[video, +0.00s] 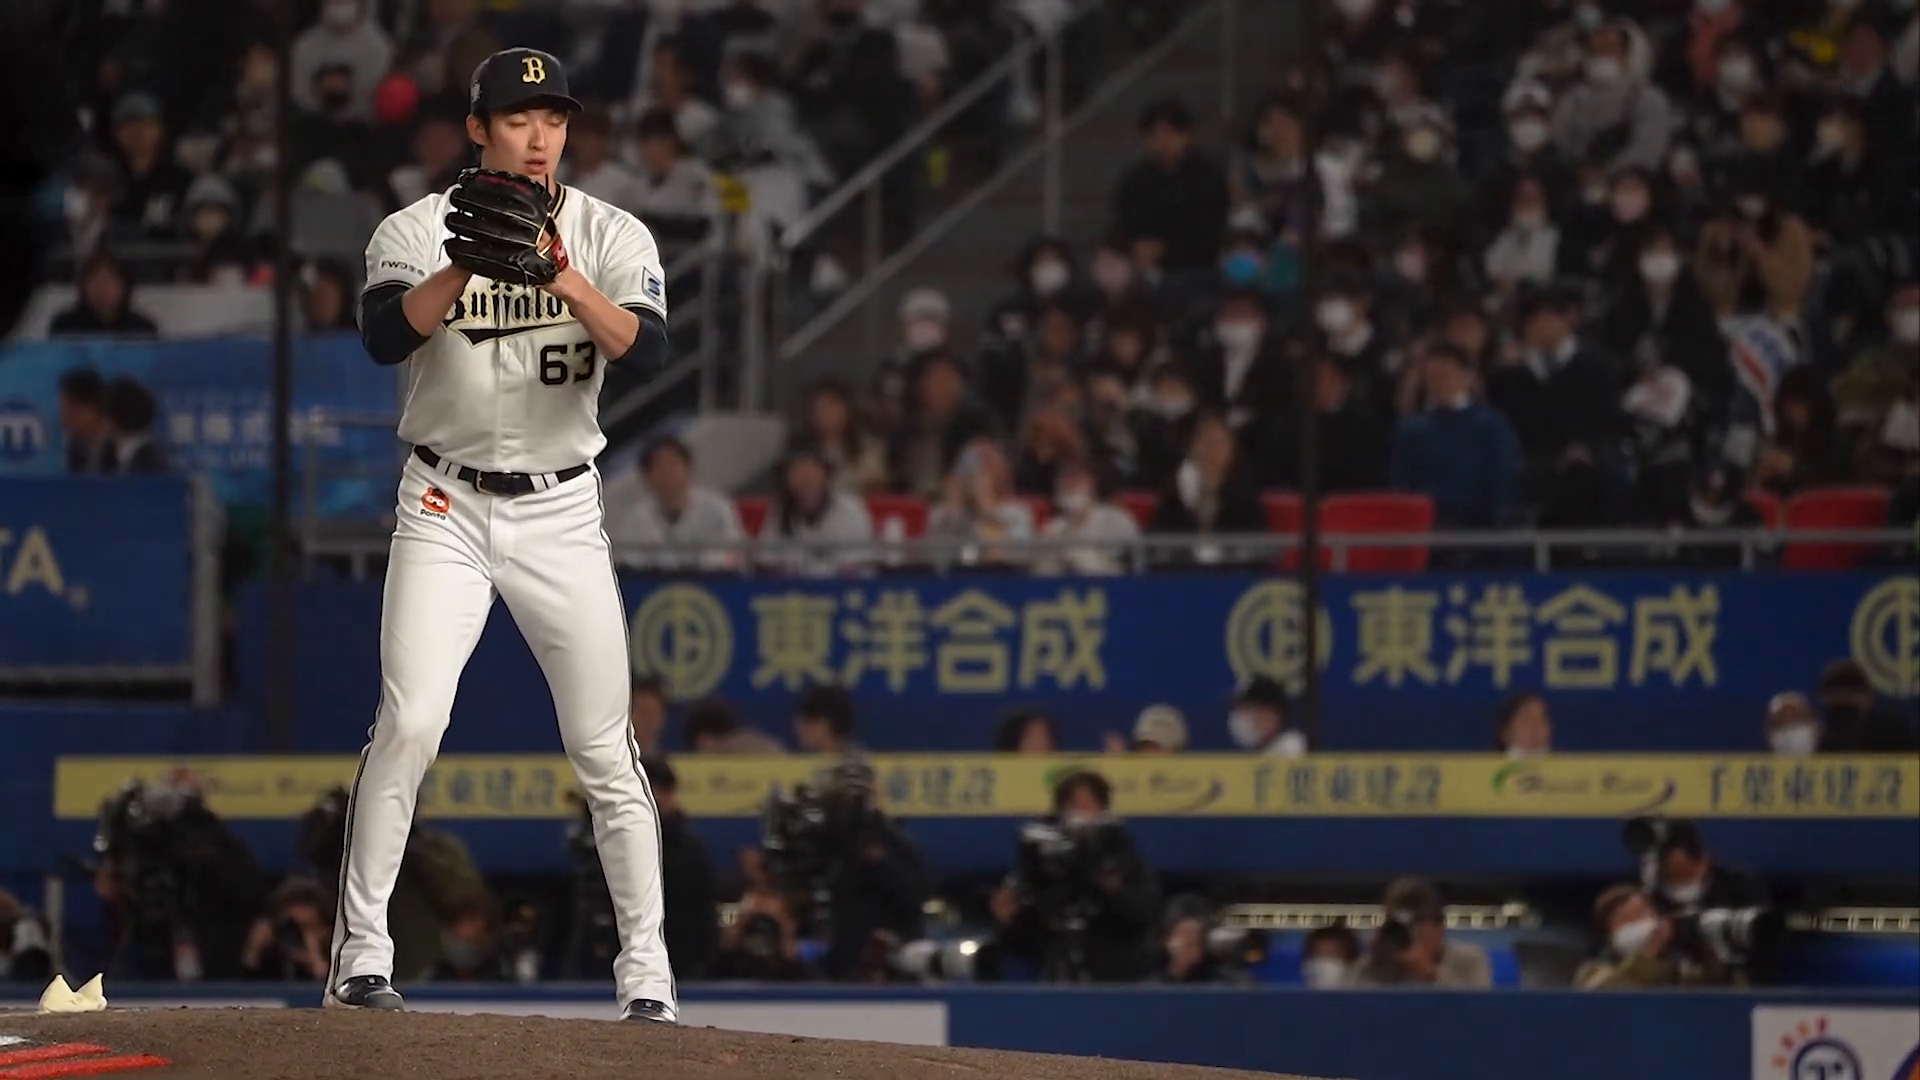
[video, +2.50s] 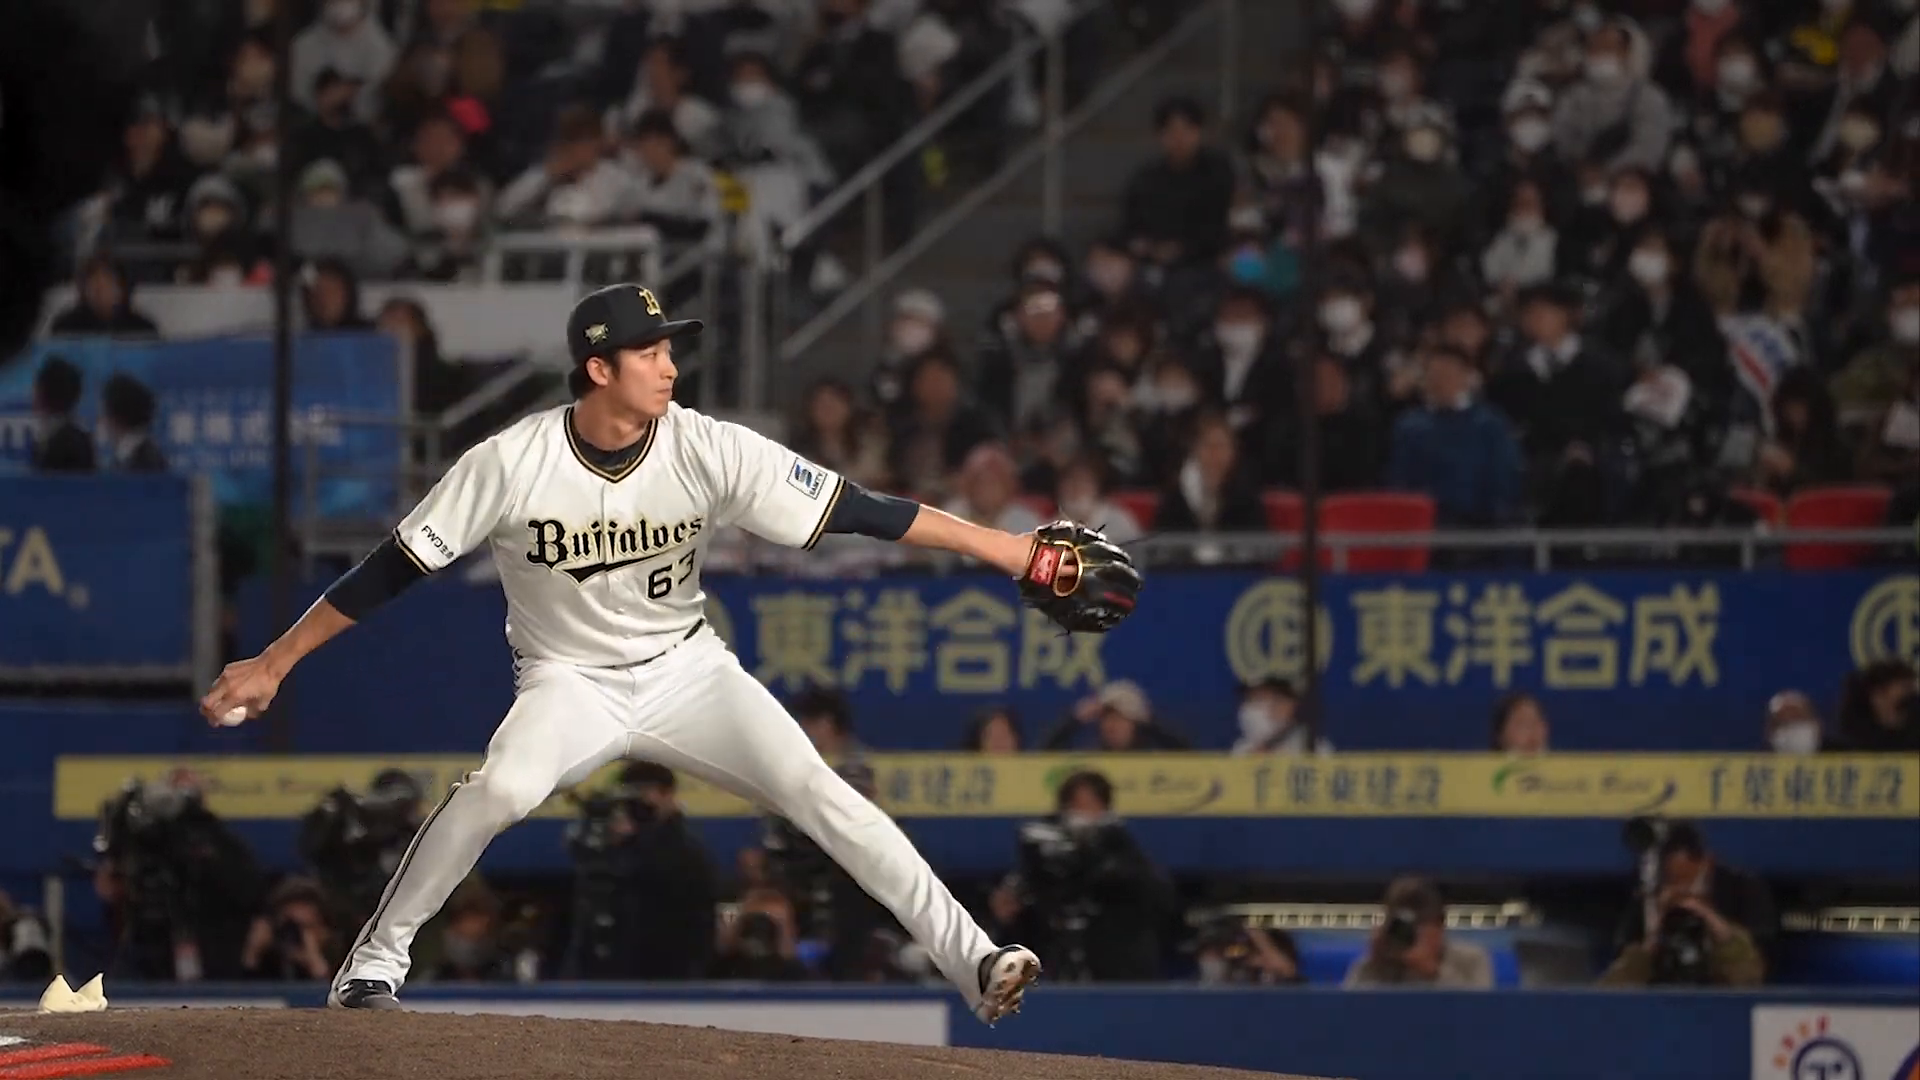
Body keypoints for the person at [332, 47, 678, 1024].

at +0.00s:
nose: (536, 137)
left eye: (549, 119)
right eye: (517, 119)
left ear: (569, 131)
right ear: (477, 129)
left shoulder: (613, 235)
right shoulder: (418, 228)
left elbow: (645, 351)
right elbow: (379, 340)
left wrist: (559, 271)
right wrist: (469, 261)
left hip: (561, 515)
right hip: (442, 507)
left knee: (603, 750)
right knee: (410, 724)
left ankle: (647, 977)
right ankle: (360, 959)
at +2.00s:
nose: (592, 133)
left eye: (593, 118)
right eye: (574, 117)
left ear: (585, 133)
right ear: (517, 128)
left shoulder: (624, 238)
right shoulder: (429, 220)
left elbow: (659, 380)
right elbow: (403, 343)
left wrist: (589, 281)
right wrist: (491, 250)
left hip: (566, 511)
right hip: (447, 501)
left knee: (603, 748)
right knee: (413, 724)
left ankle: (645, 970)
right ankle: (361, 957)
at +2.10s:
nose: (594, 146)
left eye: (596, 130)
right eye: (577, 129)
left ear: (584, 142)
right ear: (520, 137)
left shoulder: (624, 244)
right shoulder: (428, 223)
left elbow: (656, 386)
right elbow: (395, 354)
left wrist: (603, 317)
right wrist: (497, 276)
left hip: (569, 509)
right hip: (449, 503)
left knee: (595, 732)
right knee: (409, 721)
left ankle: (612, 945)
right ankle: (360, 957)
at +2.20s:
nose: (600, 183)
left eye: (600, 168)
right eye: (582, 168)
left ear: (584, 181)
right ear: (526, 180)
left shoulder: (627, 285)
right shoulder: (430, 268)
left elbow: (683, 434)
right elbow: (386, 409)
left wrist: (635, 430)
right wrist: (481, 382)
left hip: (575, 529)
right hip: (458, 529)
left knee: (557, 678)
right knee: (413, 729)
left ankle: (537, 861)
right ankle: (363, 948)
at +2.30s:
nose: (602, 248)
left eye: (602, 232)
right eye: (584, 233)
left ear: (595, 241)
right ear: (530, 245)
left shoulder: (634, 349)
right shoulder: (443, 338)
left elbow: (701, 486)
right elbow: (390, 479)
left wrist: (688, 574)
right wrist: (434, 564)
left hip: (590, 567)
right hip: (474, 570)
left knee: (591, 715)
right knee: (425, 743)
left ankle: (551, 929)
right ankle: (362, 954)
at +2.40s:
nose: (619, 312)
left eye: (618, 295)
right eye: (599, 298)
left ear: (612, 305)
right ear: (546, 312)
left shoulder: (656, 405)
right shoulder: (460, 407)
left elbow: (752, 523)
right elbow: (395, 554)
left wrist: (829, 650)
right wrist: (347, 700)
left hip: (625, 618)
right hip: (505, 629)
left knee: (673, 765)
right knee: (451, 762)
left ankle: (739, 930)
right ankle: (365, 962)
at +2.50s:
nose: (673, 369)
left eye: (673, 353)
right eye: (654, 354)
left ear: (660, 366)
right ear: (594, 367)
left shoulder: (709, 449)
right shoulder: (505, 466)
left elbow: (858, 511)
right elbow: (392, 569)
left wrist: (1006, 548)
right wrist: (275, 662)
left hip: (692, 673)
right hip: (569, 687)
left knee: (815, 789)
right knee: (500, 792)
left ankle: (973, 962)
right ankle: (382, 947)